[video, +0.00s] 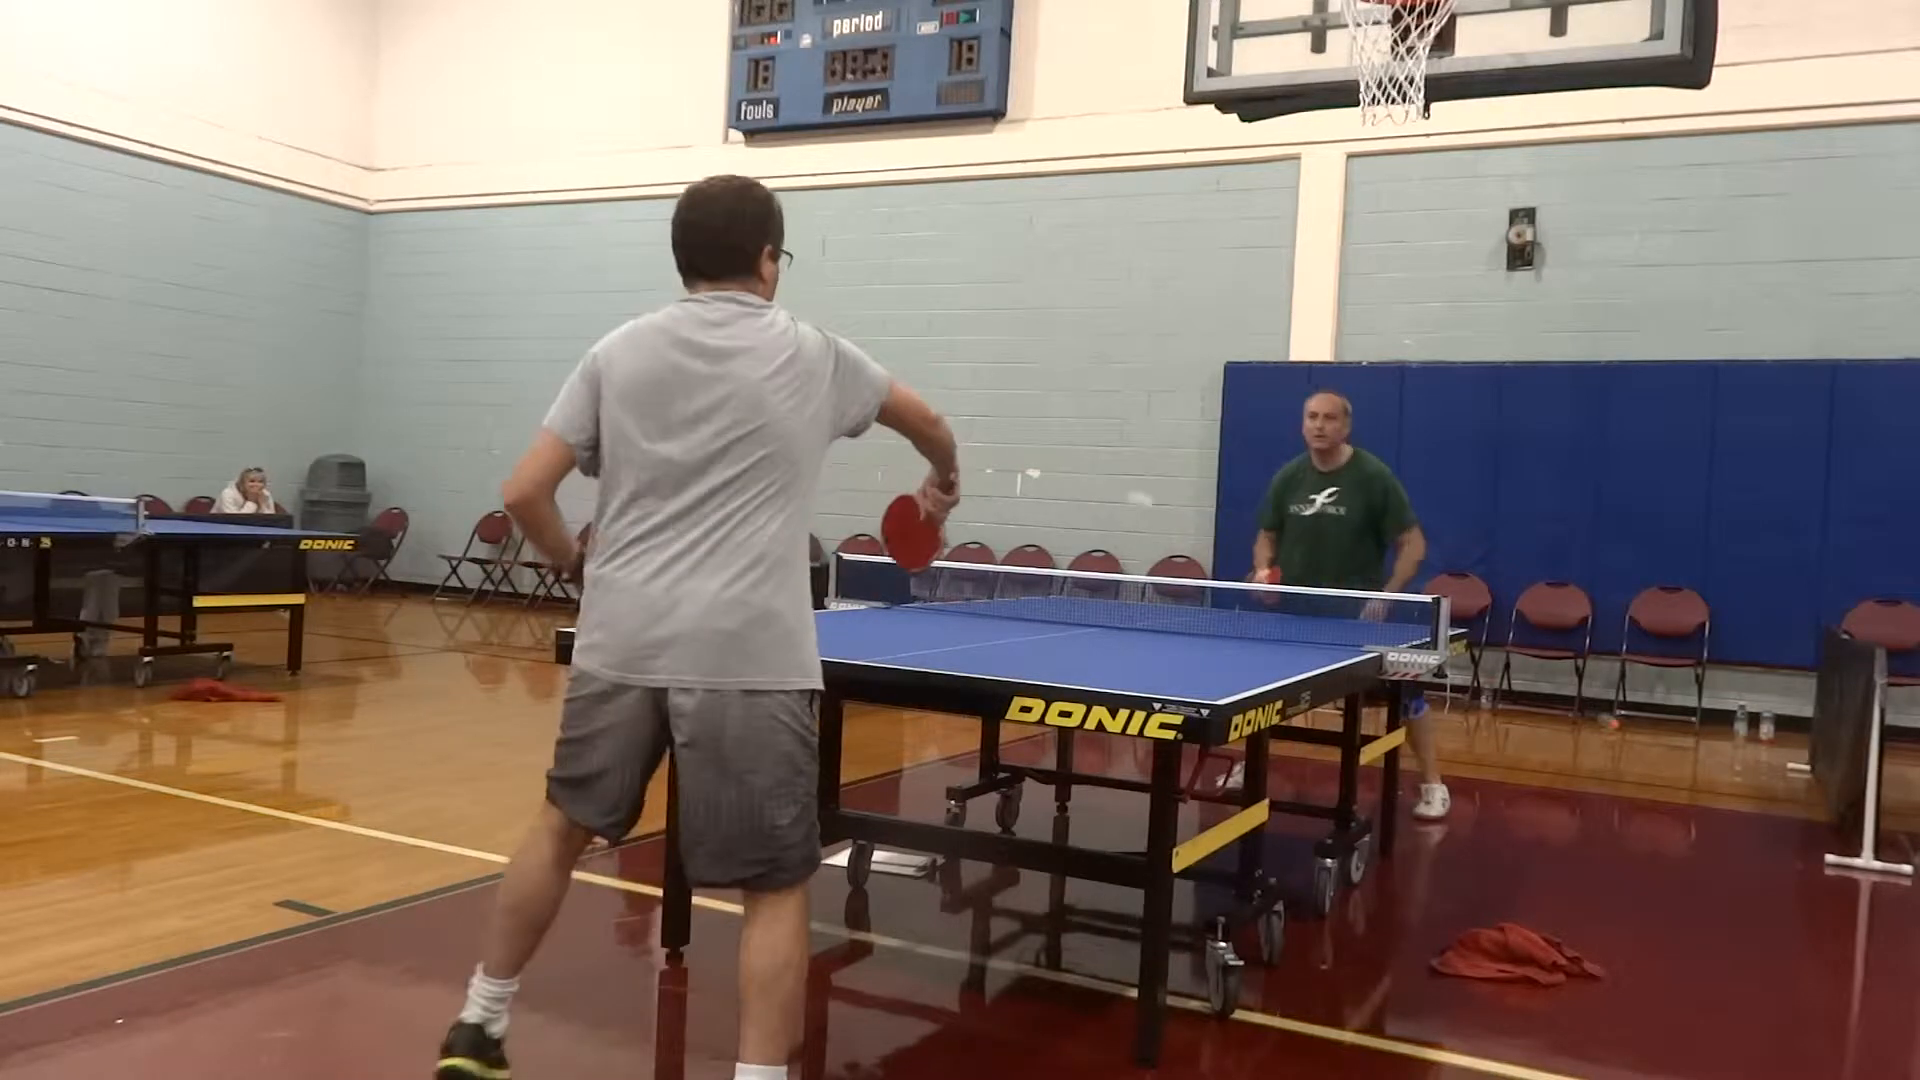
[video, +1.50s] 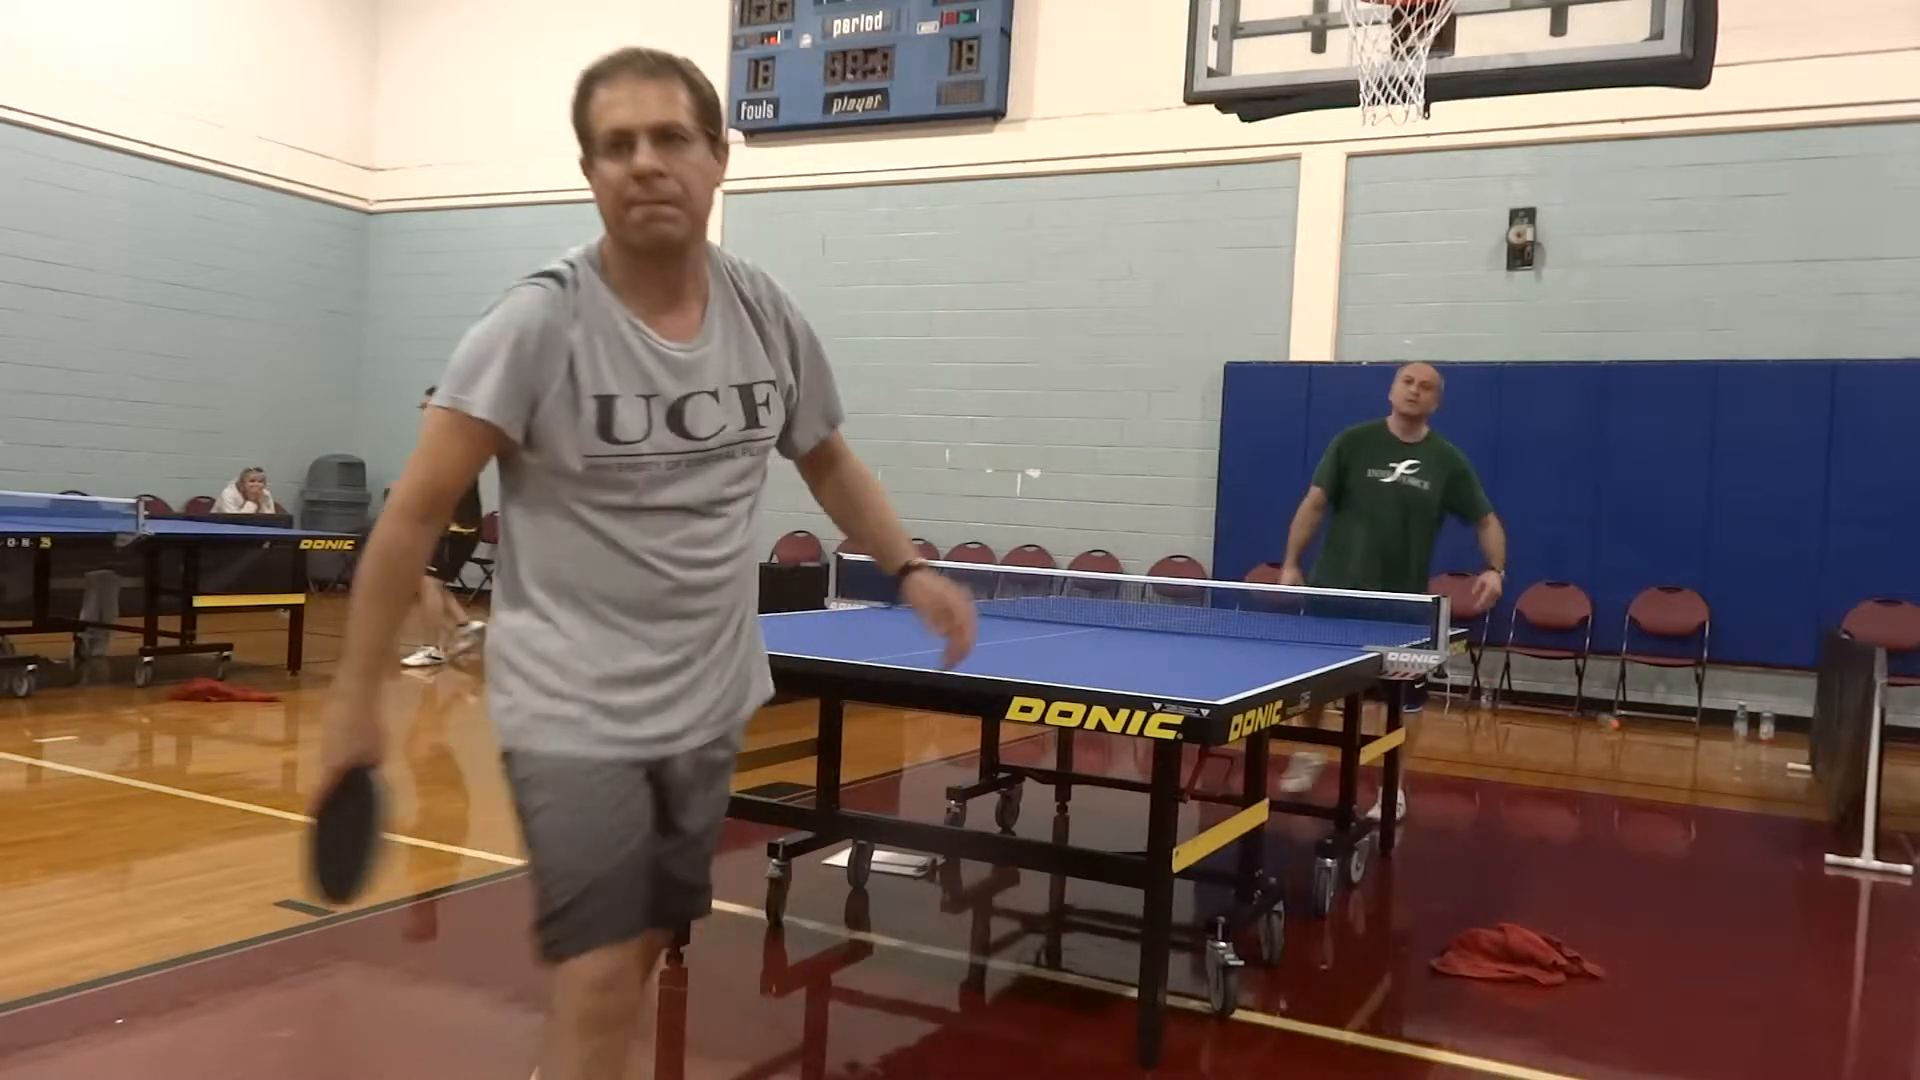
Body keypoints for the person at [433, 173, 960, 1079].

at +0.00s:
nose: (782, 263)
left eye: (777, 251)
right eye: (781, 251)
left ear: (678, 261)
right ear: (767, 259)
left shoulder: (620, 351)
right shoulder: (810, 351)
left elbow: (525, 490)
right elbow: (926, 425)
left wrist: (567, 551)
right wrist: (947, 474)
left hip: (620, 650)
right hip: (754, 664)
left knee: (561, 827)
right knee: (773, 889)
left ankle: (480, 1020)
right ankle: (759, 1078)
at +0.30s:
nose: (737, 293)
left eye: (736, 278)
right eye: (736, 278)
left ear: (641, 277)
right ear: (716, 280)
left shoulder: (562, 358)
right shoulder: (734, 377)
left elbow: (468, 490)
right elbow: (839, 523)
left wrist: (537, 575)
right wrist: (820, 545)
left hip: (532, 648)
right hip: (657, 663)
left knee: (494, 849)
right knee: (736, 867)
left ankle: (427, 1060)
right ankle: (741, 1071)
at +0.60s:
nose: (702, 362)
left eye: (700, 345)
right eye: (697, 345)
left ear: (607, 342)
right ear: (666, 346)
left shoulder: (530, 415)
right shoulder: (652, 433)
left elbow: (447, 546)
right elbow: (664, 589)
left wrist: (553, 571)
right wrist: (738, 632)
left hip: (457, 687)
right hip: (564, 699)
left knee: (448, 847)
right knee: (722, 874)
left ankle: (340, 1025)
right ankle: (680, 1072)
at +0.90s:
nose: (764, 325)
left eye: (769, 305)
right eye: (746, 303)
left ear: (675, 303)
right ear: (677, 300)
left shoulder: (618, 368)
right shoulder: (662, 389)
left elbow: (578, 522)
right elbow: (626, 525)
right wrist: (730, 602)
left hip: (539, 666)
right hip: (607, 683)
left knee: (508, 846)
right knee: (752, 885)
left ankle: (376, 1010)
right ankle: (724, 1070)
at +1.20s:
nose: (727, 229)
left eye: (748, 208)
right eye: (700, 205)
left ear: (771, 221)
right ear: (654, 216)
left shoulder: (748, 336)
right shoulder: (622, 341)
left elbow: (764, 473)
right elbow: (496, 514)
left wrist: (836, 573)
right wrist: (594, 653)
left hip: (708, 672)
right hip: (626, 686)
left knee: (657, 904)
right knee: (705, 918)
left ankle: (578, 1067)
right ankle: (703, 1074)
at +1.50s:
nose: (648, 166)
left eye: (673, 141)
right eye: (618, 146)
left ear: (719, 162)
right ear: (587, 175)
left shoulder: (761, 311)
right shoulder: (537, 322)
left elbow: (824, 456)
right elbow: (415, 511)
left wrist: (909, 567)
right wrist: (357, 703)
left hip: (708, 697)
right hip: (570, 707)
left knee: (638, 962)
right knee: (604, 979)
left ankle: (571, 1068)